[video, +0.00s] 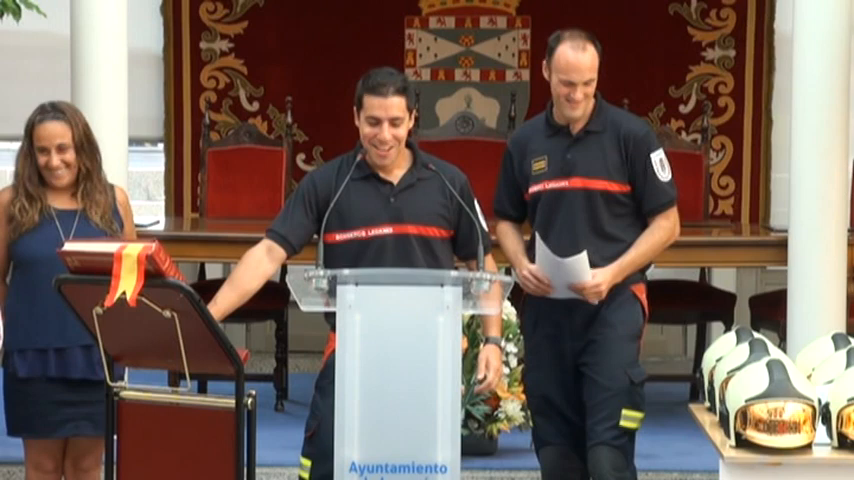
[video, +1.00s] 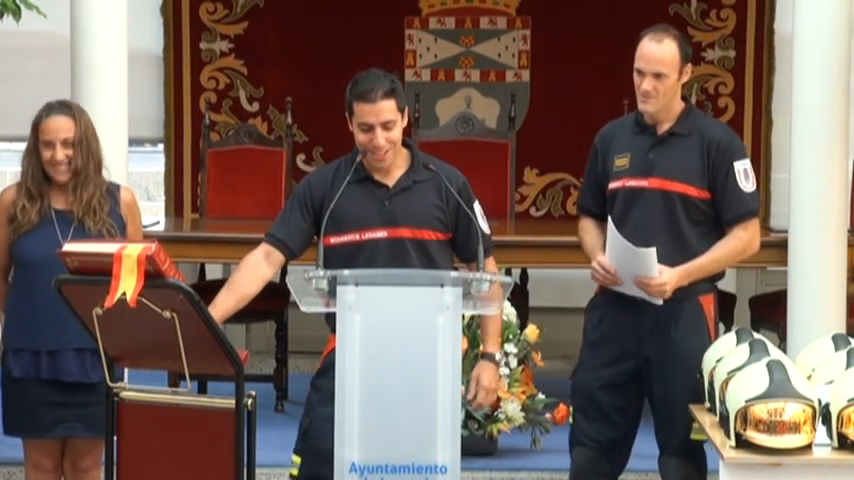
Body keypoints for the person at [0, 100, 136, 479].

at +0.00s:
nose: (54, 160)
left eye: (63, 149)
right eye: (44, 151)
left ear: (83, 149)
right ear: (31, 154)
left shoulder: (115, 200)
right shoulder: (11, 203)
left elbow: (132, 274)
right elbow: (1, 278)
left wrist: (127, 344)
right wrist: (4, 336)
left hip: (95, 355)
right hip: (31, 355)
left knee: (87, 466)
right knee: (44, 467)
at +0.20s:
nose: (55, 162)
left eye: (65, 151)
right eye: (46, 153)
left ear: (86, 150)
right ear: (35, 153)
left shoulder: (115, 201)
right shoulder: (15, 198)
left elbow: (139, 272)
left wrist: (128, 339)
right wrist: (13, 295)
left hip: (95, 354)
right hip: (32, 353)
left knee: (87, 466)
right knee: (43, 467)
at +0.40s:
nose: (56, 163)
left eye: (65, 151)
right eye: (47, 153)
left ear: (86, 149)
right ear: (36, 153)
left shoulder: (118, 200)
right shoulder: (17, 198)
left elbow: (145, 271)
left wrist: (127, 335)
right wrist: (12, 296)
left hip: (94, 351)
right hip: (32, 350)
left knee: (87, 466)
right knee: (43, 466)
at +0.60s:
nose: (55, 162)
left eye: (65, 150)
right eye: (46, 152)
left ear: (86, 149)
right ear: (35, 153)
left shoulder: (122, 201)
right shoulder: (16, 201)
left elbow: (133, 279)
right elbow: (4, 277)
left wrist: (126, 348)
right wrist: (5, 333)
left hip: (96, 355)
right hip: (32, 354)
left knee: (87, 466)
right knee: (44, 466)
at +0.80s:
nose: (56, 160)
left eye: (65, 148)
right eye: (46, 150)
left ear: (86, 148)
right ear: (35, 151)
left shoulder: (123, 201)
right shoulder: (15, 201)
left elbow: (134, 279)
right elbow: (5, 278)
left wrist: (125, 347)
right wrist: (12, 327)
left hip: (95, 357)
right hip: (31, 355)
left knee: (87, 466)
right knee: (43, 466)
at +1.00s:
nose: (58, 155)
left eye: (69, 145)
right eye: (48, 145)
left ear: (87, 147)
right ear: (35, 149)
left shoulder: (121, 201)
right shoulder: (13, 202)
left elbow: (136, 279)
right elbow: (2, 276)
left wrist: (127, 344)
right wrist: (10, 323)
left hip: (94, 356)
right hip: (30, 355)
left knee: (87, 466)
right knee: (42, 466)